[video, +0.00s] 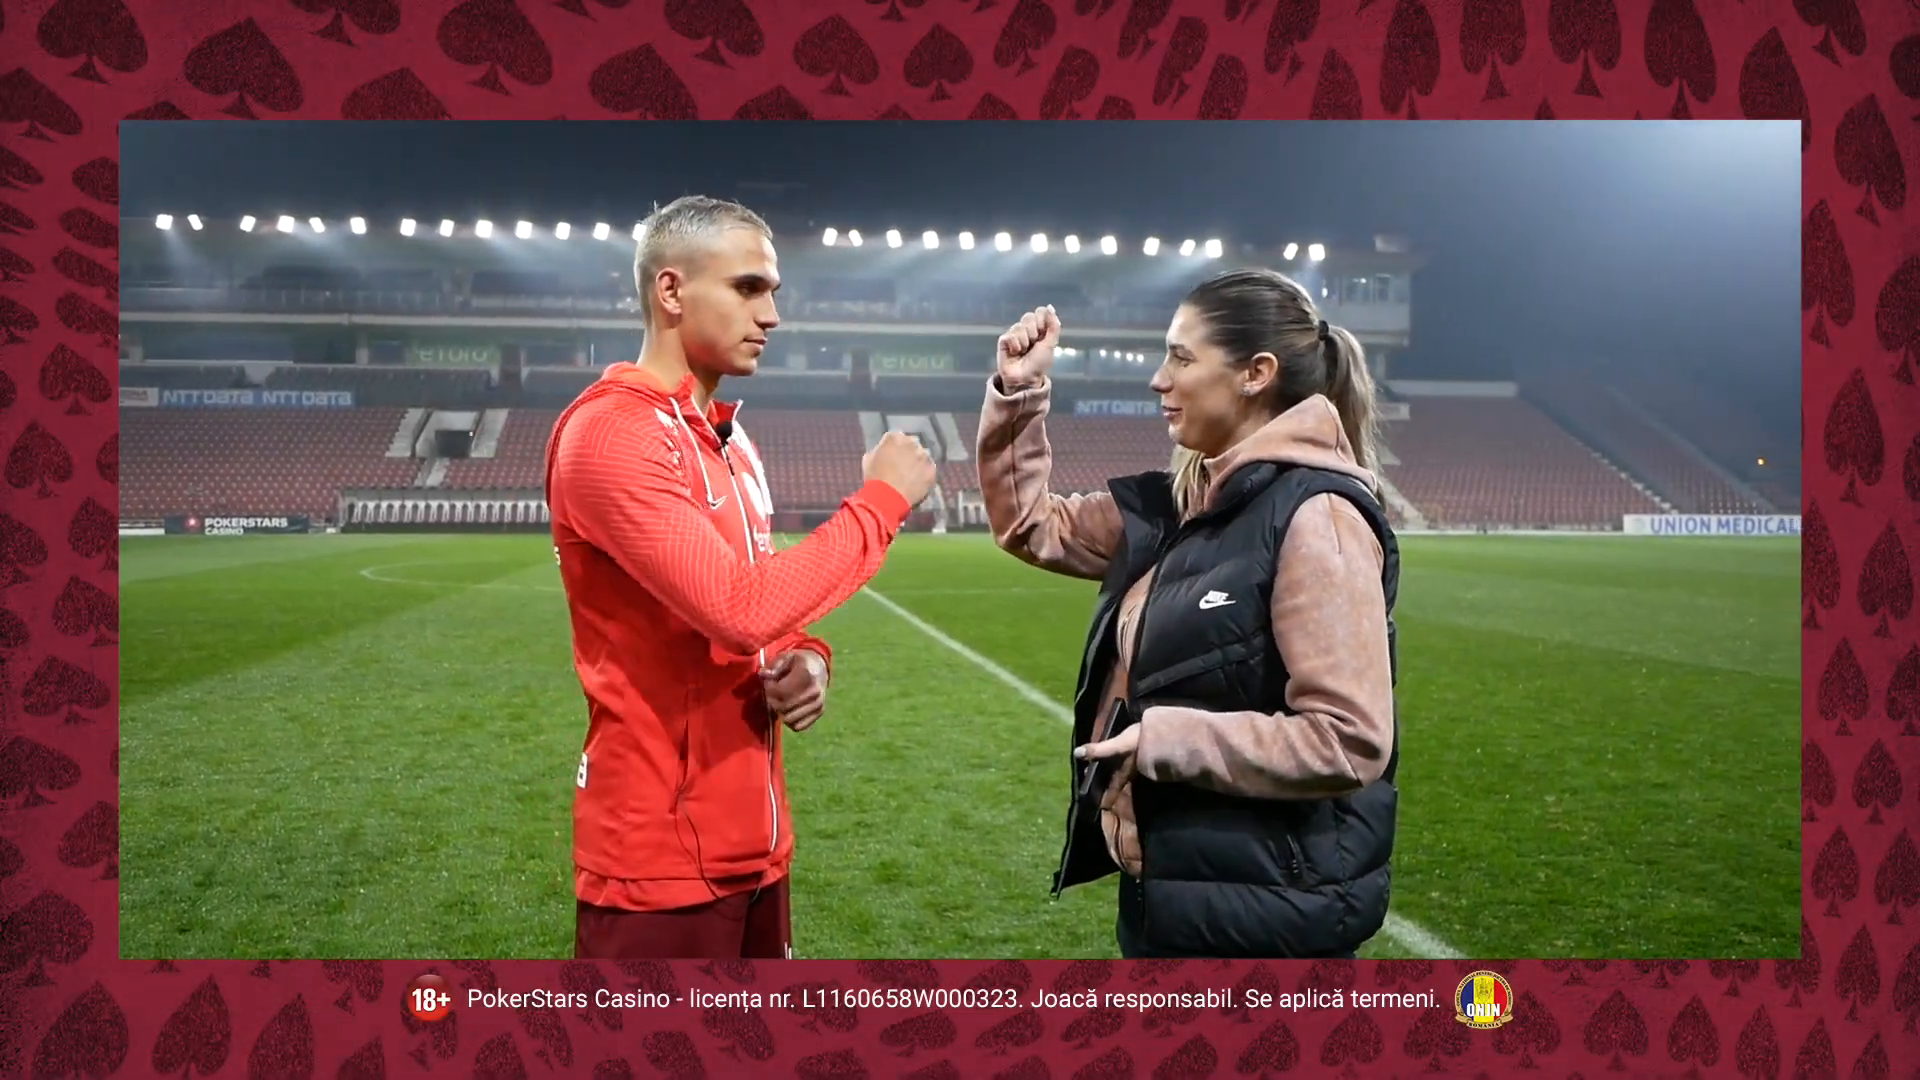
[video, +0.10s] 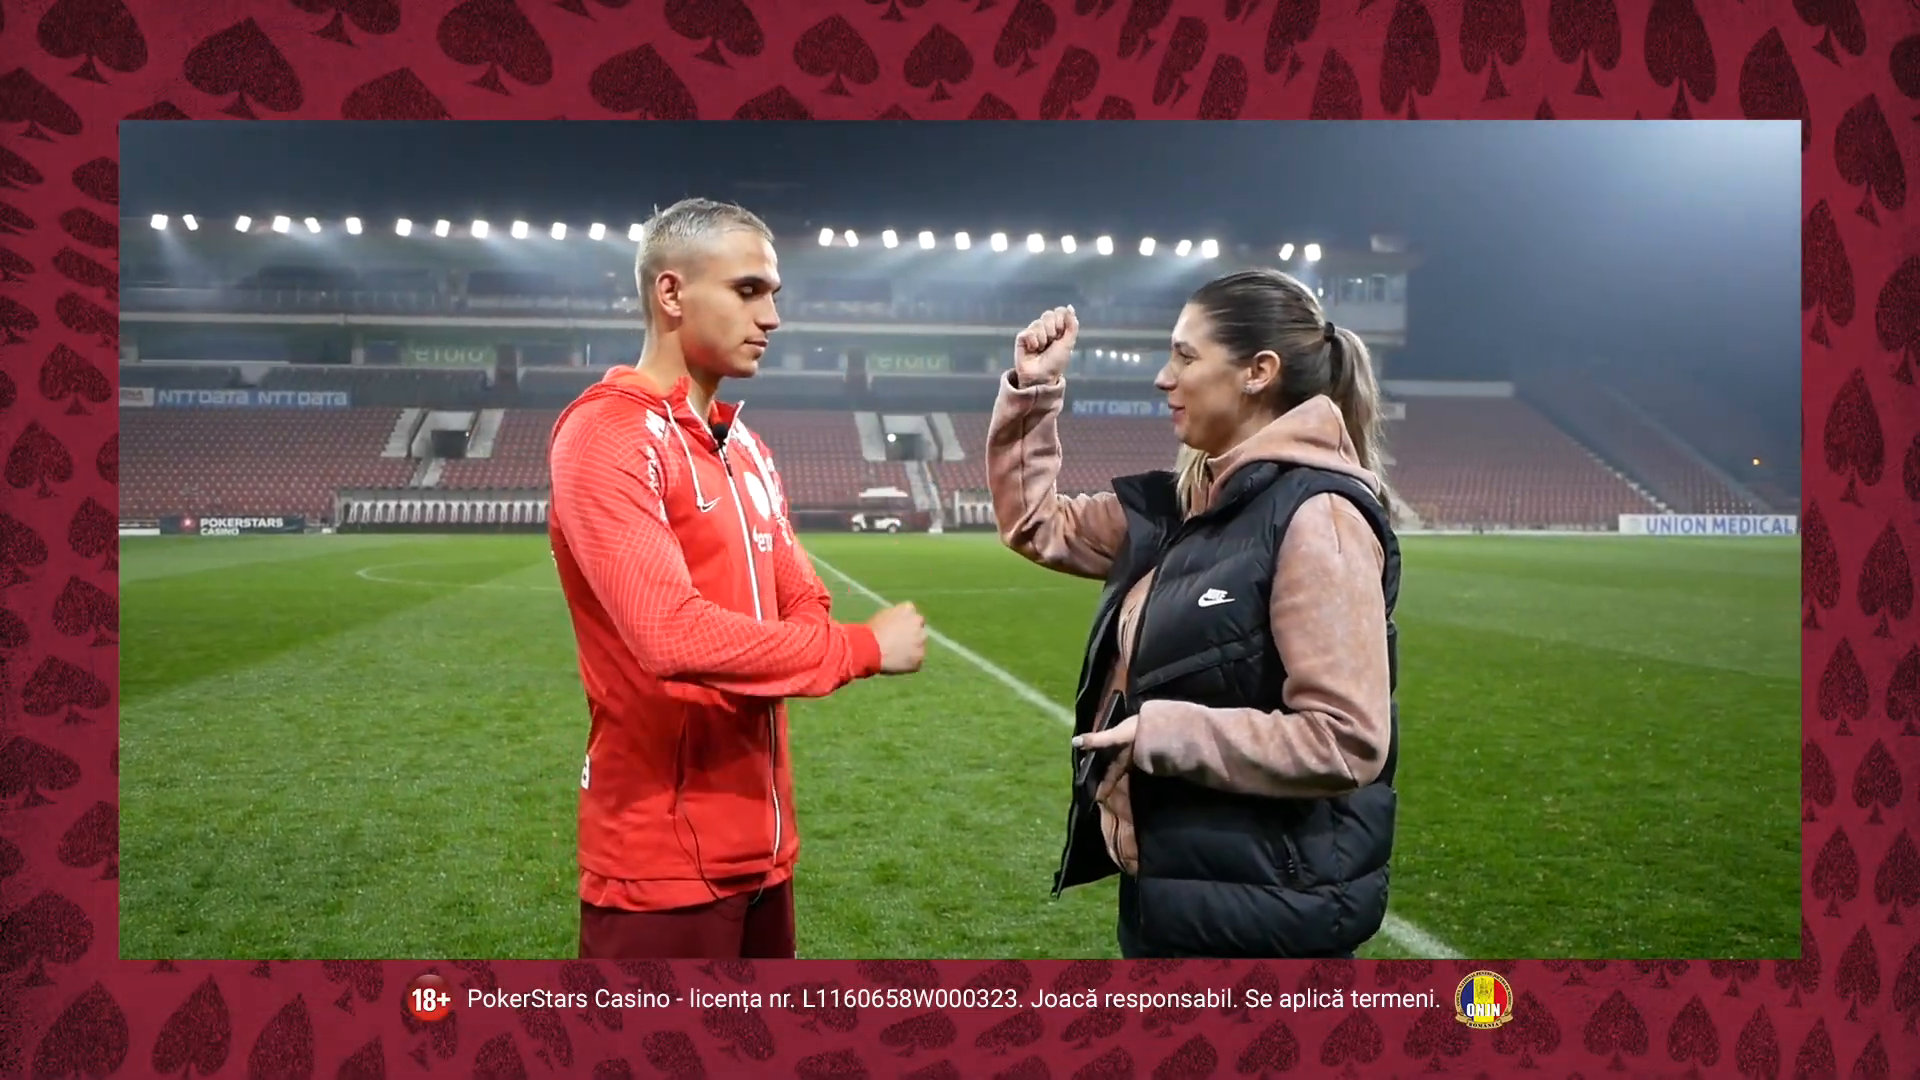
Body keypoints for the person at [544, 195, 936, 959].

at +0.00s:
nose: (771, 314)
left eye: (772, 293)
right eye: (750, 287)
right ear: (671, 291)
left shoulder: (731, 442)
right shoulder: (608, 435)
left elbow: (761, 607)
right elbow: (745, 610)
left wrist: (810, 660)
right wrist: (882, 503)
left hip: (752, 847)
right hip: (659, 860)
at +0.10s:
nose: (772, 316)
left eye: (773, 294)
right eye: (750, 290)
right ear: (671, 294)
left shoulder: (742, 443)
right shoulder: (603, 434)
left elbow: (803, 600)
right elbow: (670, 636)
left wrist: (758, 663)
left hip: (758, 849)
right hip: (660, 862)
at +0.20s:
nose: (773, 318)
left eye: (774, 297)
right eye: (750, 293)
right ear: (672, 295)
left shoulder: (759, 446)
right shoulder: (600, 439)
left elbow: (842, 607)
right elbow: (661, 647)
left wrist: (772, 622)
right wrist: (836, 719)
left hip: (765, 844)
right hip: (659, 856)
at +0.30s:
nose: (778, 316)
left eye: (778, 294)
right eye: (754, 291)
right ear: (676, 296)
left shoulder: (770, 444)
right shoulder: (596, 442)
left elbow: (861, 601)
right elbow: (667, 644)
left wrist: (736, 613)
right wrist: (818, 707)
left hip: (766, 839)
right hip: (654, 849)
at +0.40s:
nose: (779, 316)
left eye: (779, 294)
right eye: (755, 291)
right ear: (676, 294)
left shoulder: (781, 441)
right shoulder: (596, 441)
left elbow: (869, 594)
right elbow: (681, 646)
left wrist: (706, 605)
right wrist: (814, 670)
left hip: (767, 841)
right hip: (652, 849)